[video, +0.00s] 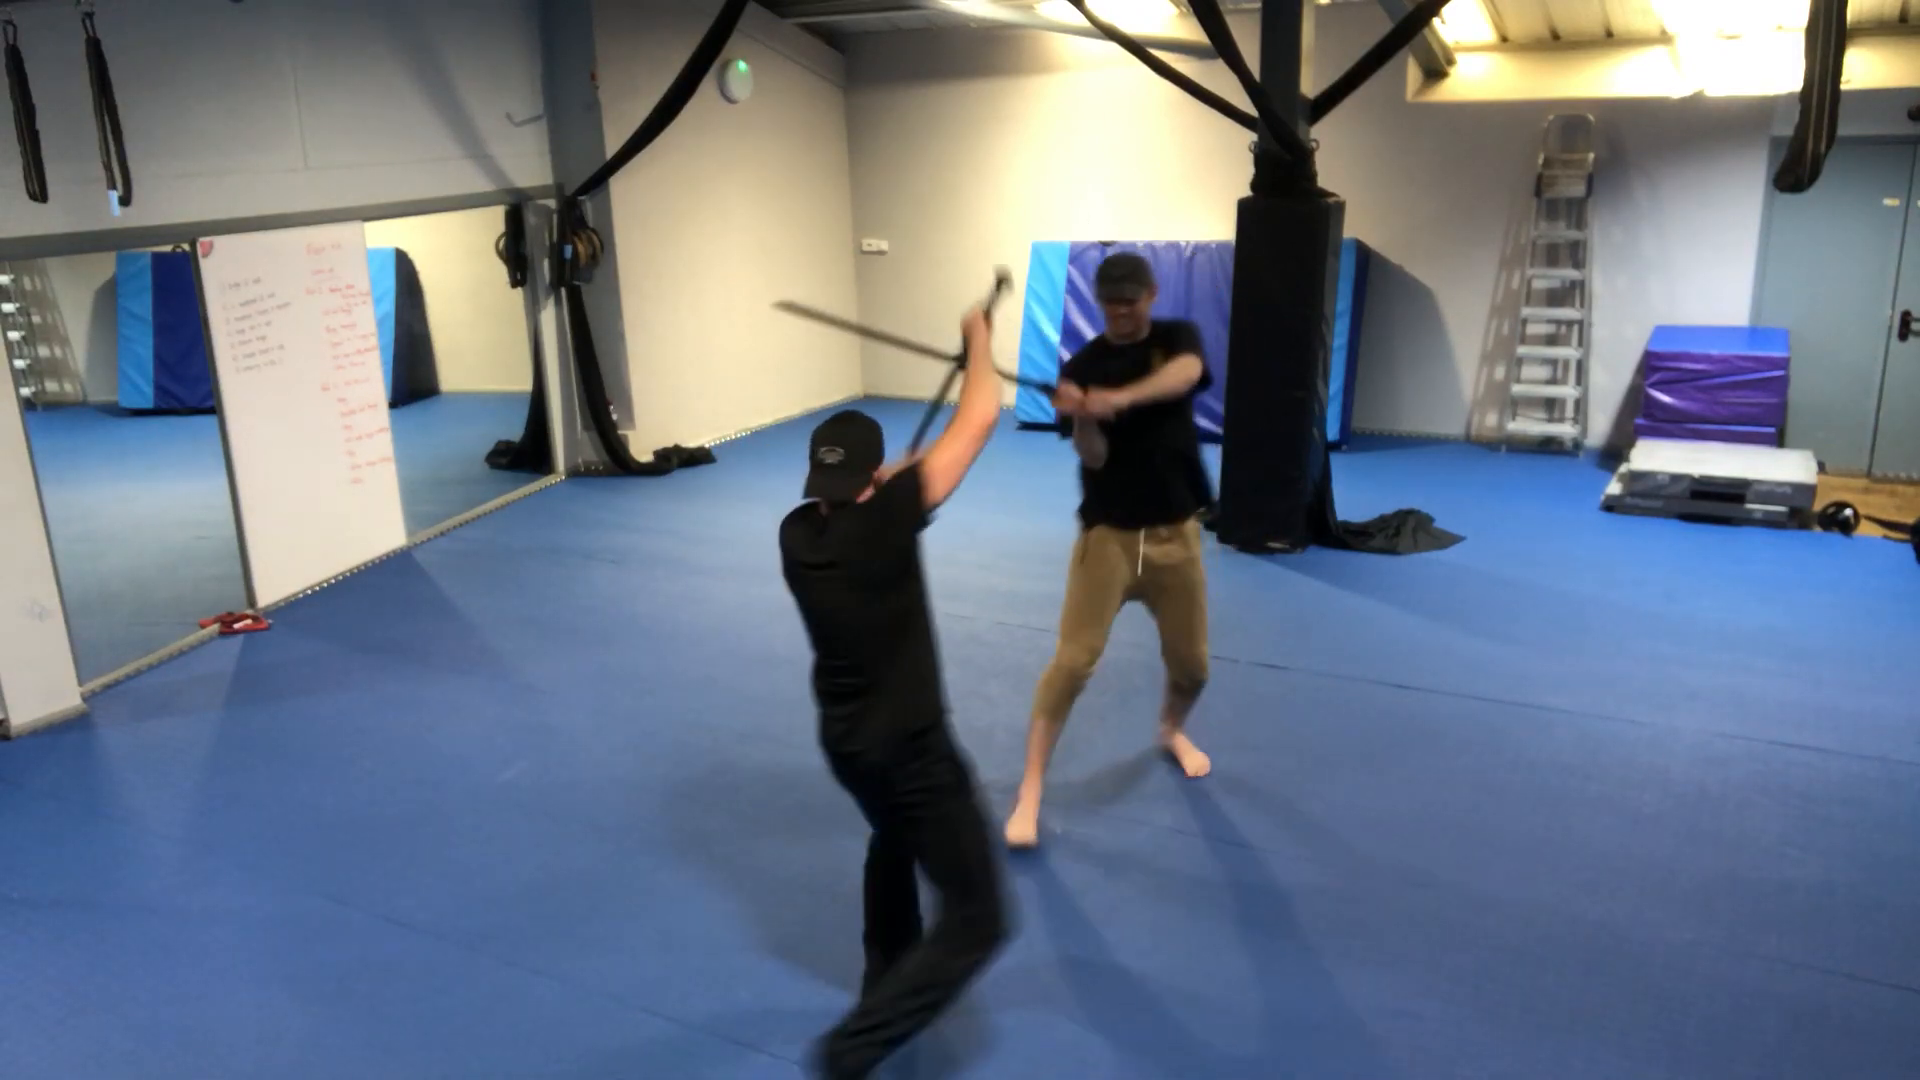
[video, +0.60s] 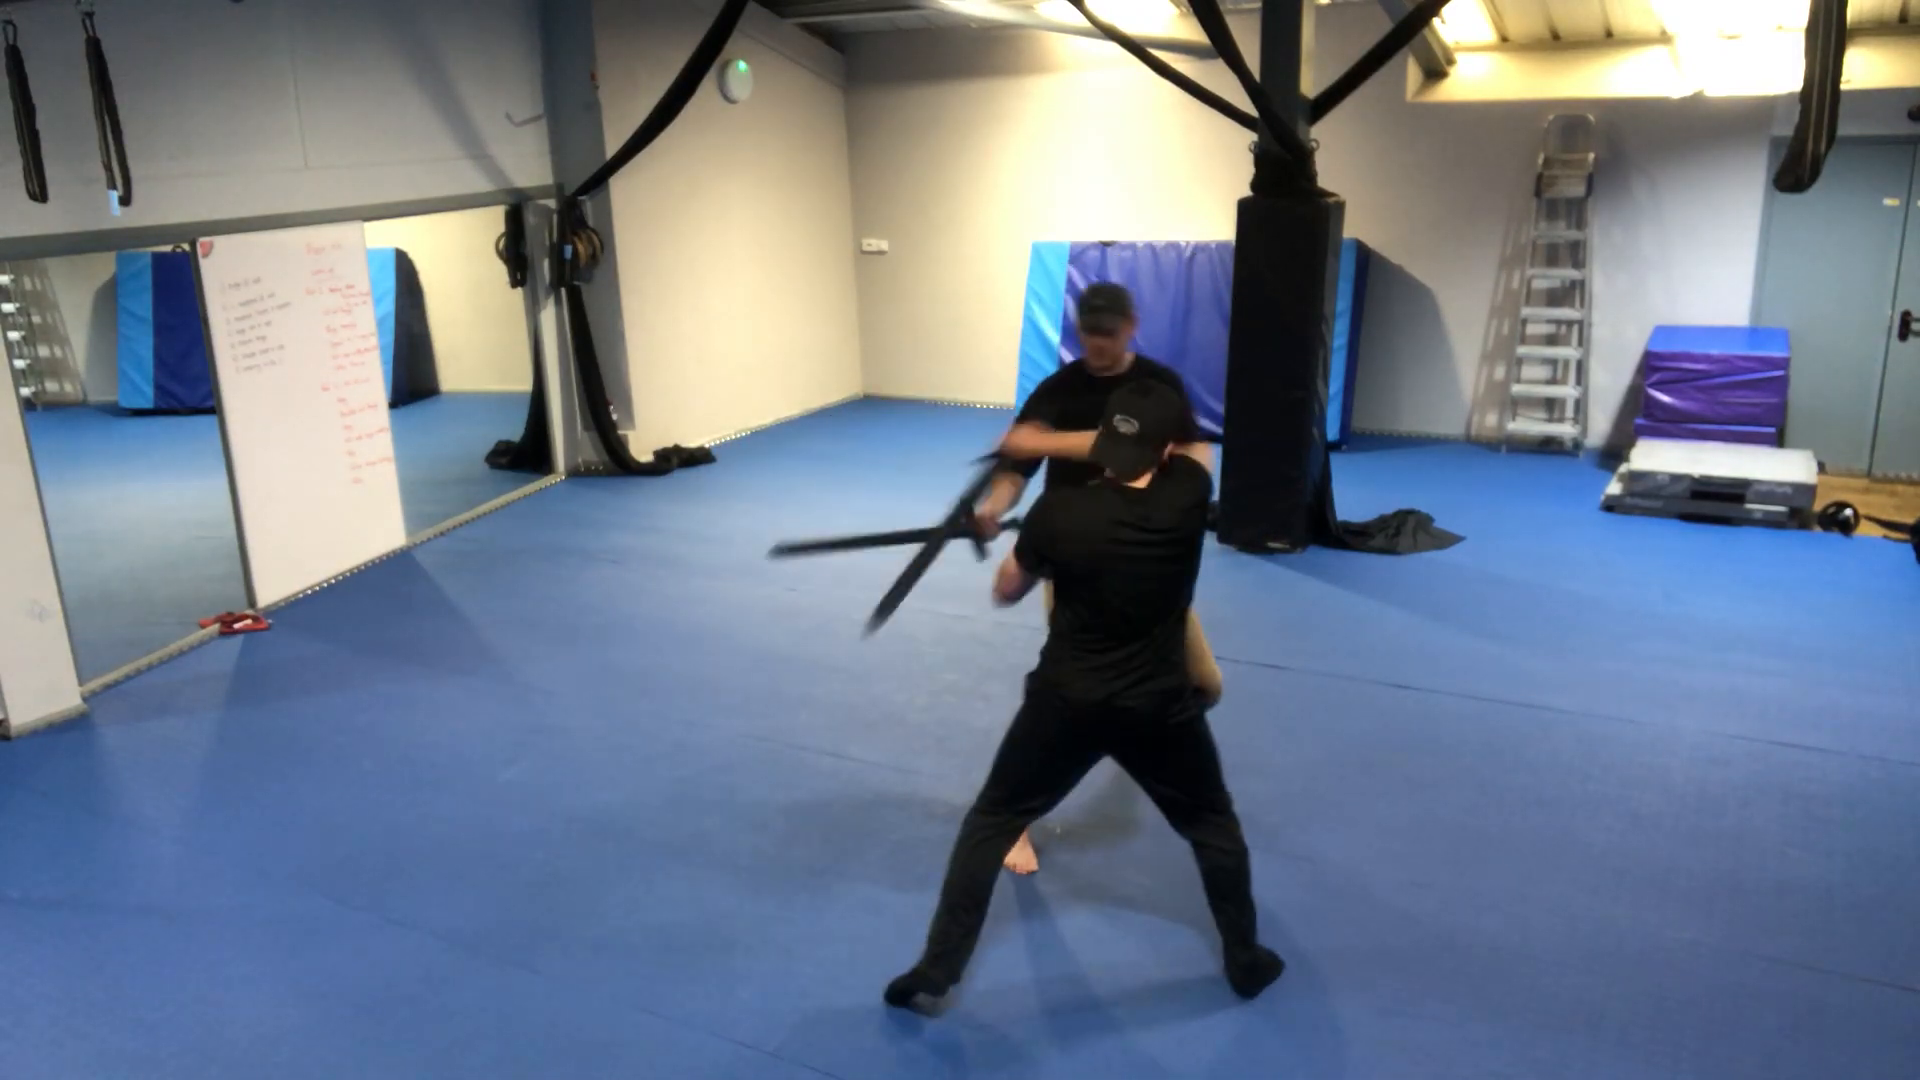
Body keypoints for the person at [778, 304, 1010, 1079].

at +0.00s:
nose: (885, 472)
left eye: (867, 467)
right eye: (880, 464)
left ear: (816, 477)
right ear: (872, 474)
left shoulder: (794, 535)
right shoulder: (888, 513)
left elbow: (865, 500)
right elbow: (979, 417)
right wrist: (979, 341)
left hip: (847, 742)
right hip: (910, 743)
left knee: (892, 838)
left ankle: (890, 987)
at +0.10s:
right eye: (894, 451)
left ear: (836, 466)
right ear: (891, 465)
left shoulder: (815, 526)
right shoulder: (931, 499)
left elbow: (868, 460)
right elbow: (984, 394)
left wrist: (950, 414)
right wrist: (976, 311)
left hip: (879, 736)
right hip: (953, 731)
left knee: (904, 841)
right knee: (1055, 874)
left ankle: (884, 993)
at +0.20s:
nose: (958, 440)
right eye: (951, 438)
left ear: (882, 463)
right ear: (945, 459)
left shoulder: (855, 520)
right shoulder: (976, 491)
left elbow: (868, 466)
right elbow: (1004, 382)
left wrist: (932, 425)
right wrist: (954, 327)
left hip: (921, 736)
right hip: (1005, 725)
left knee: (911, 854)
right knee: (1096, 851)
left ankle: (889, 995)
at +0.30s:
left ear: (955, 461)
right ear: (1009, 461)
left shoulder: (931, 526)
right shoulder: (1040, 506)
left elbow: (874, 491)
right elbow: (1023, 391)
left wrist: (928, 445)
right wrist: (933, 369)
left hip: (963, 736)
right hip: (1051, 728)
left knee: (918, 859)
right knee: (1135, 845)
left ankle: (891, 999)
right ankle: (1233, 961)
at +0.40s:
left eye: (1033, 448)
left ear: (1032, 462)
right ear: (1092, 464)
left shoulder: (1003, 529)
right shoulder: (1108, 518)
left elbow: (908, 533)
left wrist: (933, 491)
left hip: (1011, 727)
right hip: (1100, 723)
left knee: (945, 851)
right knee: (1173, 840)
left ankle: (891, 994)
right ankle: (1234, 963)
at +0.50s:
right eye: (1155, 438)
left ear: (1085, 449)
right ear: (1148, 449)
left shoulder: (1056, 524)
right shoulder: (1163, 491)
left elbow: (963, 583)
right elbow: (1069, 458)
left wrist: (961, 529)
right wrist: (967, 459)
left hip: (1053, 707)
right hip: (1141, 704)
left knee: (978, 835)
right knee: (1192, 820)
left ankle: (915, 984)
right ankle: (1239, 959)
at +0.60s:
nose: (1187, 442)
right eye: (1183, 436)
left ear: (1101, 441)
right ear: (1168, 451)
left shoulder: (1063, 508)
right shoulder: (1188, 499)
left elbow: (1006, 588)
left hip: (1066, 701)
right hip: (1158, 703)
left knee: (995, 816)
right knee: (1211, 820)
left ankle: (938, 968)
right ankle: (1244, 959)